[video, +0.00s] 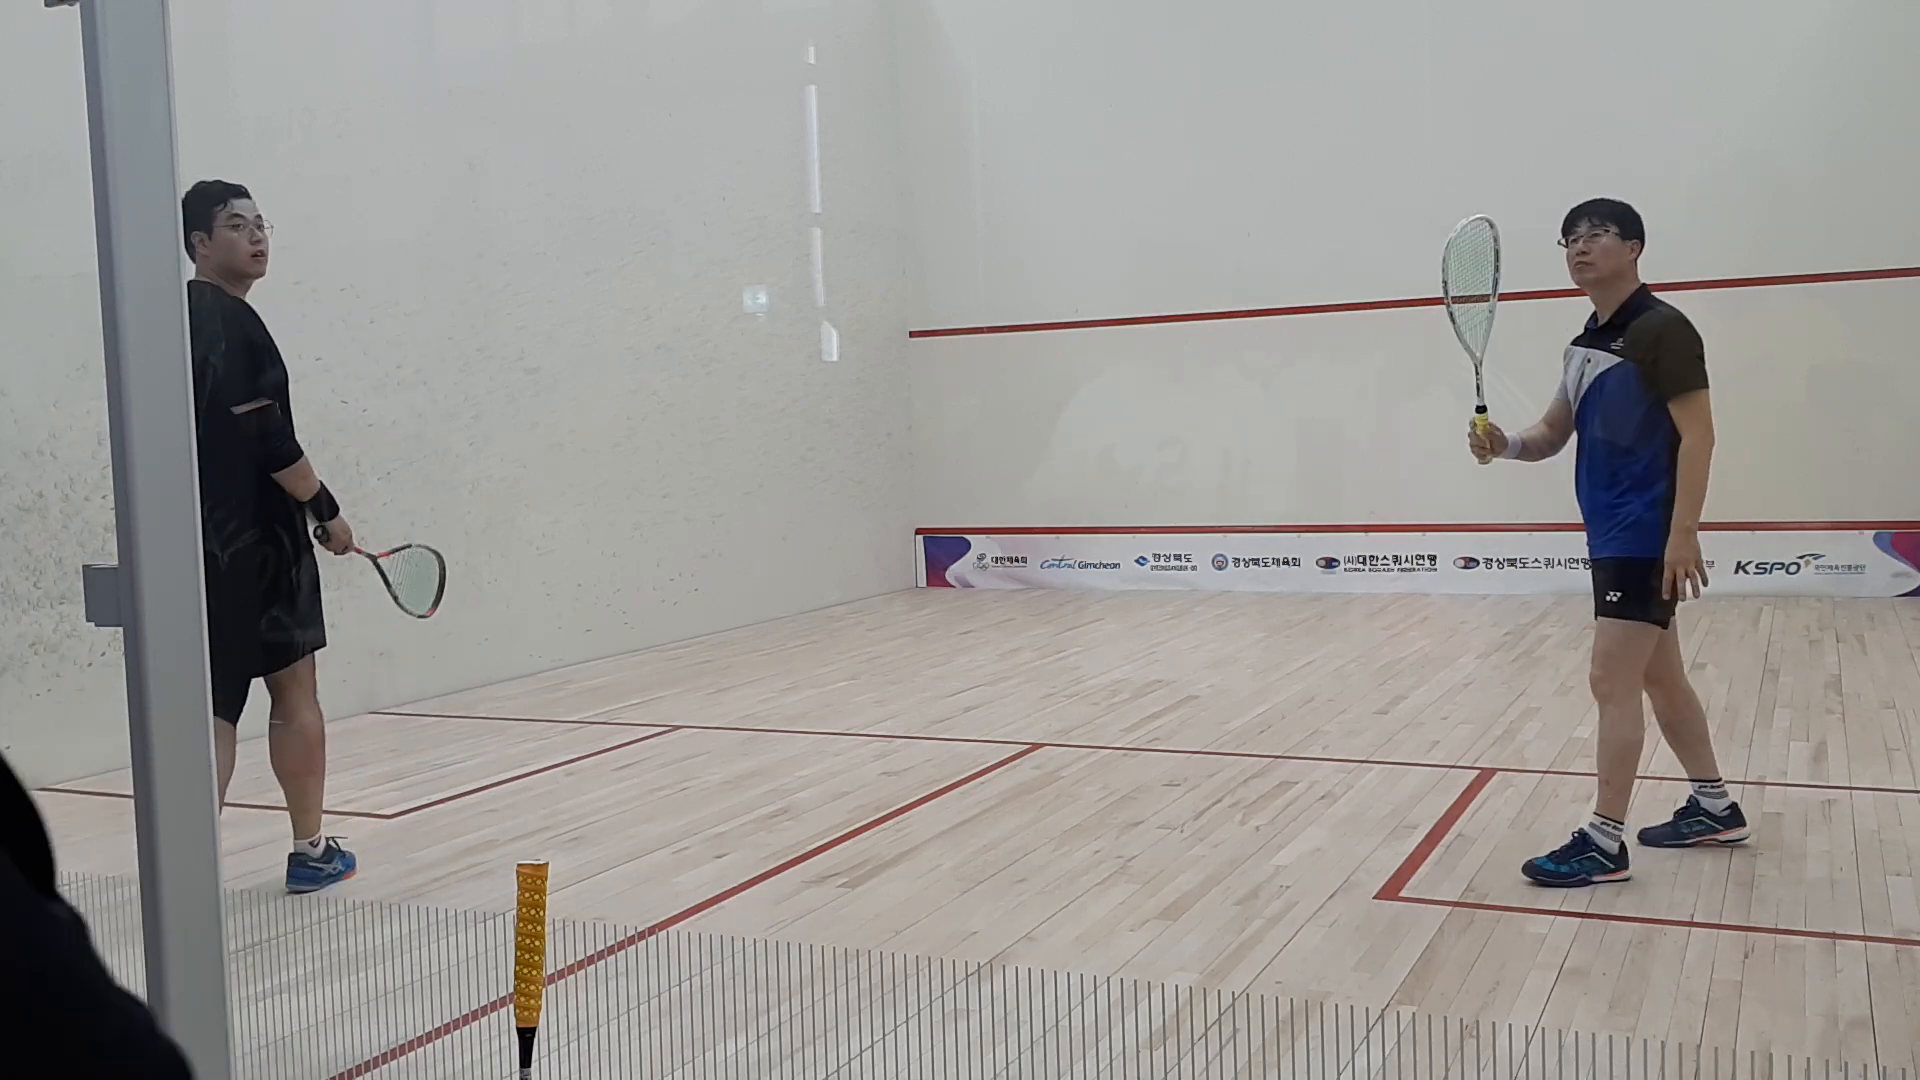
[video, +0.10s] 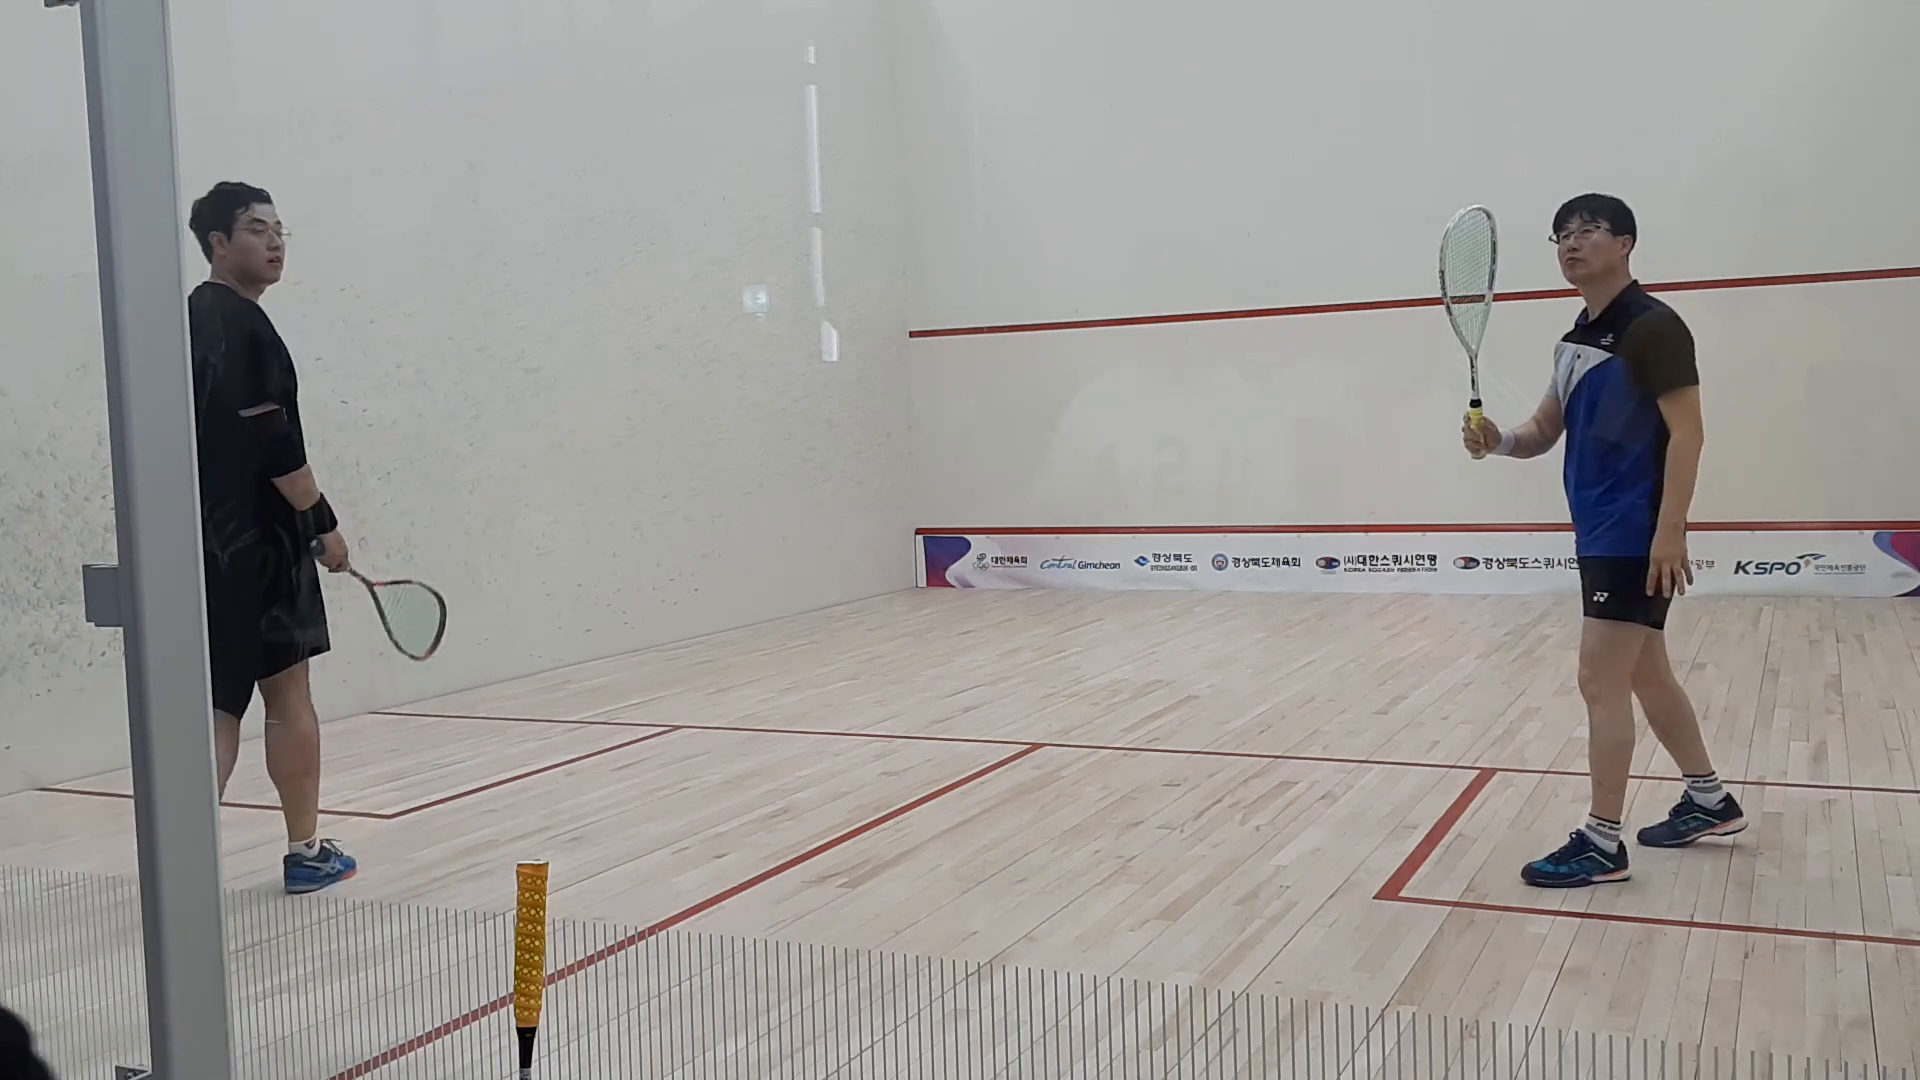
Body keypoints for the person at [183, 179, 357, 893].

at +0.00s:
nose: (261, 237)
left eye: (260, 225)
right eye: (241, 226)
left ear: (218, 248)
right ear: (200, 244)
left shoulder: (176, 317)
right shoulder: (236, 327)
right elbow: (276, 447)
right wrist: (327, 511)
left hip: (199, 546)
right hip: (264, 540)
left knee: (214, 714)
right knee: (295, 691)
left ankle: (189, 868)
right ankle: (311, 849)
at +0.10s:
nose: (278, 241)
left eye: (277, 229)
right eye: (259, 230)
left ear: (227, 248)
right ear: (217, 244)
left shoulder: (191, 316)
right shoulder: (247, 329)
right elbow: (280, 453)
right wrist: (324, 525)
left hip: (206, 549)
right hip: (261, 546)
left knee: (217, 714)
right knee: (289, 697)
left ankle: (182, 863)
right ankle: (306, 851)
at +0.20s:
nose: (306, 256)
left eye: (307, 244)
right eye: (293, 243)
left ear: (243, 252)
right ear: (248, 247)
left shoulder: (194, 320)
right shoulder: (266, 329)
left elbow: (180, 444)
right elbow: (286, 454)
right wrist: (319, 539)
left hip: (199, 549)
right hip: (262, 546)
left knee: (211, 711)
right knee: (288, 697)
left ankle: (183, 858)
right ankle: (304, 851)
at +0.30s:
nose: (324, 267)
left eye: (325, 254)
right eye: (312, 253)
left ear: (260, 260)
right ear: (267, 256)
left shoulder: (202, 321)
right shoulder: (276, 328)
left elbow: (189, 443)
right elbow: (288, 452)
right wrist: (312, 551)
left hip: (190, 549)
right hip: (255, 551)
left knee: (184, 711)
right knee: (281, 700)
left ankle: (169, 864)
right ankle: (304, 851)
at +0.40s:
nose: (328, 273)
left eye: (330, 261)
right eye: (317, 259)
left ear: (264, 266)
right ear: (273, 261)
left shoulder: (197, 322)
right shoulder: (281, 332)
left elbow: (171, 439)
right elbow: (290, 455)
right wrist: (305, 554)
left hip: (179, 545)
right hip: (247, 551)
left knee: (168, 706)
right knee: (276, 697)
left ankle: (153, 867)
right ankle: (305, 850)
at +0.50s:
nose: (316, 271)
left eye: (316, 258)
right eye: (305, 257)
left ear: (255, 265)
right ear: (260, 260)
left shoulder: (190, 320)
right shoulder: (270, 332)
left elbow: (170, 438)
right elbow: (280, 453)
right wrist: (297, 550)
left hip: (177, 543)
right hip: (242, 547)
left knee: (165, 705)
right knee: (269, 696)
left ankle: (152, 868)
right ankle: (304, 849)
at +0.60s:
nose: (294, 262)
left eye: (292, 249)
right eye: (280, 249)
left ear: (232, 259)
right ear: (237, 256)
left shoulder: (189, 315)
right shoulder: (248, 327)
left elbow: (175, 435)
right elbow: (259, 444)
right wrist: (284, 542)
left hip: (180, 537)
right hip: (238, 541)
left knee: (166, 703)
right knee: (267, 695)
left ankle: (153, 868)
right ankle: (304, 849)